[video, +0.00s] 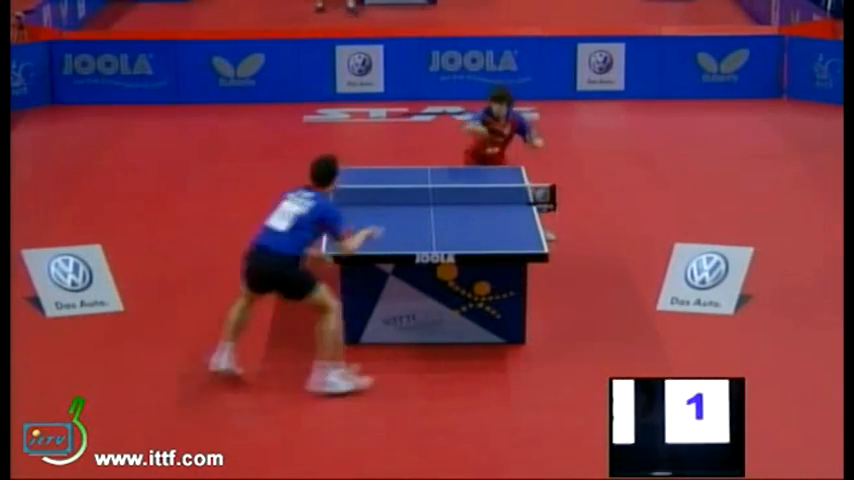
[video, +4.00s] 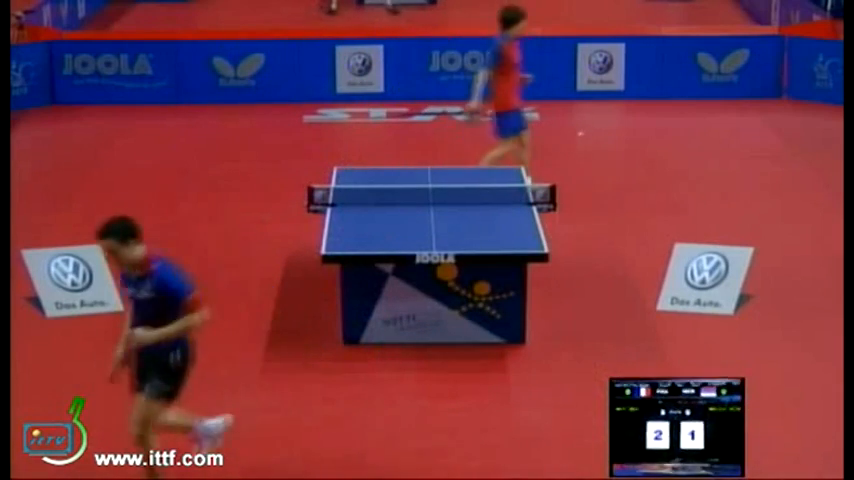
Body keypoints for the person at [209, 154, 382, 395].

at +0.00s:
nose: (336, 181)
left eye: (335, 176)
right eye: (336, 178)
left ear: (311, 177)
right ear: (333, 182)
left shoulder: (293, 195)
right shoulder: (325, 207)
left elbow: (291, 238)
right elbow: (346, 247)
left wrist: (319, 254)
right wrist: (364, 234)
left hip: (256, 259)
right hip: (284, 265)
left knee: (247, 298)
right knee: (331, 308)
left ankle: (224, 352)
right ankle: (328, 371)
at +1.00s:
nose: (320, 215)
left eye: (320, 210)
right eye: (319, 210)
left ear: (292, 210)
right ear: (314, 213)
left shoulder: (272, 234)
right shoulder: (307, 244)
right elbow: (306, 290)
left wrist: (325, 293)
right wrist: (341, 296)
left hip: (250, 308)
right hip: (281, 312)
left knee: (232, 340)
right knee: (338, 350)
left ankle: (202, 393)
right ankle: (338, 411)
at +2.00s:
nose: (622, 220)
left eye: (623, 217)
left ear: (625, 221)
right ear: (650, 224)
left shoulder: (604, 251)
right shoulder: (658, 257)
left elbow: (577, 291)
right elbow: (670, 309)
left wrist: (579, 320)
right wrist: (665, 301)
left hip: (604, 322)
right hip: (639, 326)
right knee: (666, 374)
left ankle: (602, 406)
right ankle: (671, 421)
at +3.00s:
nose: (414, 319)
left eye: (418, 317)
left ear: (424, 327)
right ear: (444, 316)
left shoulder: (436, 362)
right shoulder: (463, 321)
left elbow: (419, 410)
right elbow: (432, 308)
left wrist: (386, 443)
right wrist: (406, 319)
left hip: (489, 412)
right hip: (518, 390)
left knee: (425, 416)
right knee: (537, 387)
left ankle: (482, 444)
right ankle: (583, 420)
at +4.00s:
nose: (111, 259)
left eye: (113, 252)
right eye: (108, 253)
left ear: (130, 245)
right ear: (123, 249)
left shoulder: (166, 274)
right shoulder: (130, 276)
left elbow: (199, 315)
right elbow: (135, 316)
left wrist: (154, 335)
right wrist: (123, 349)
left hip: (171, 352)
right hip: (144, 351)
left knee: (141, 425)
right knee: (146, 417)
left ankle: (152, 471)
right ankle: (205, 428)